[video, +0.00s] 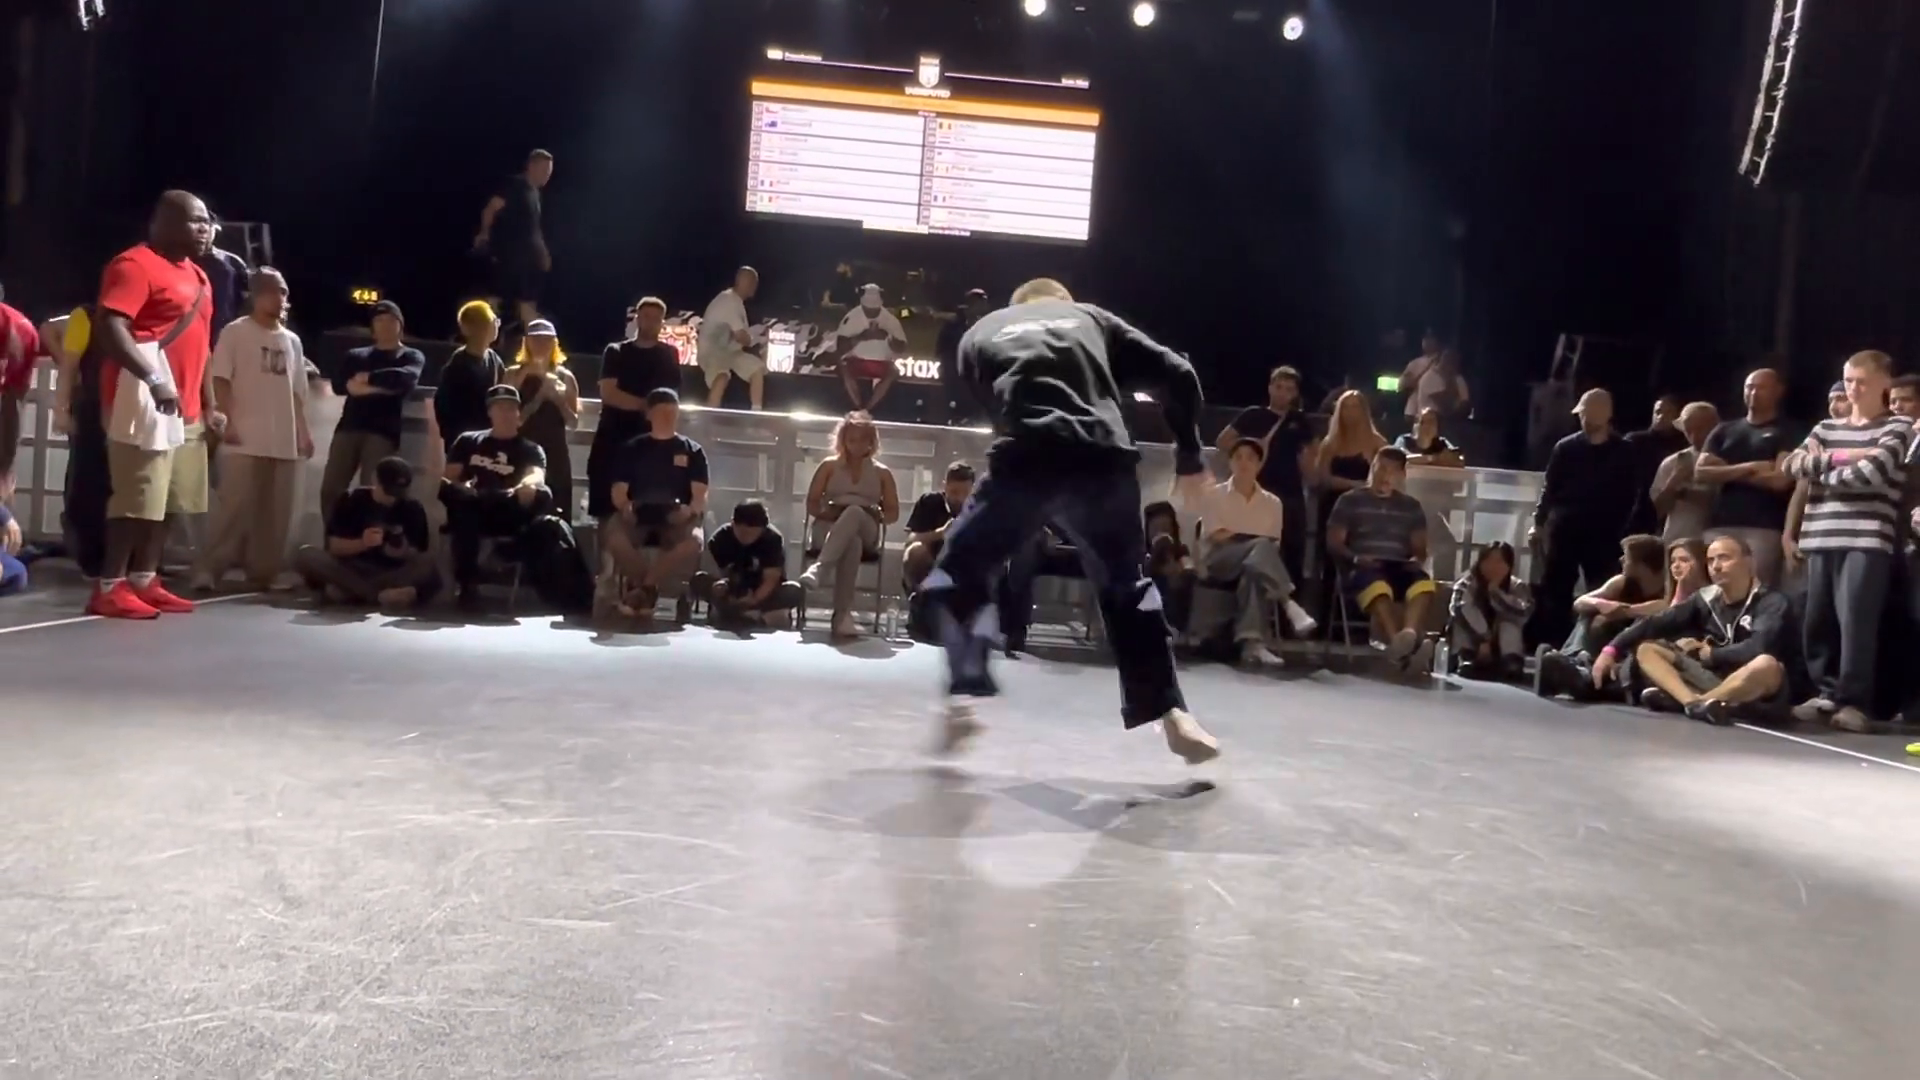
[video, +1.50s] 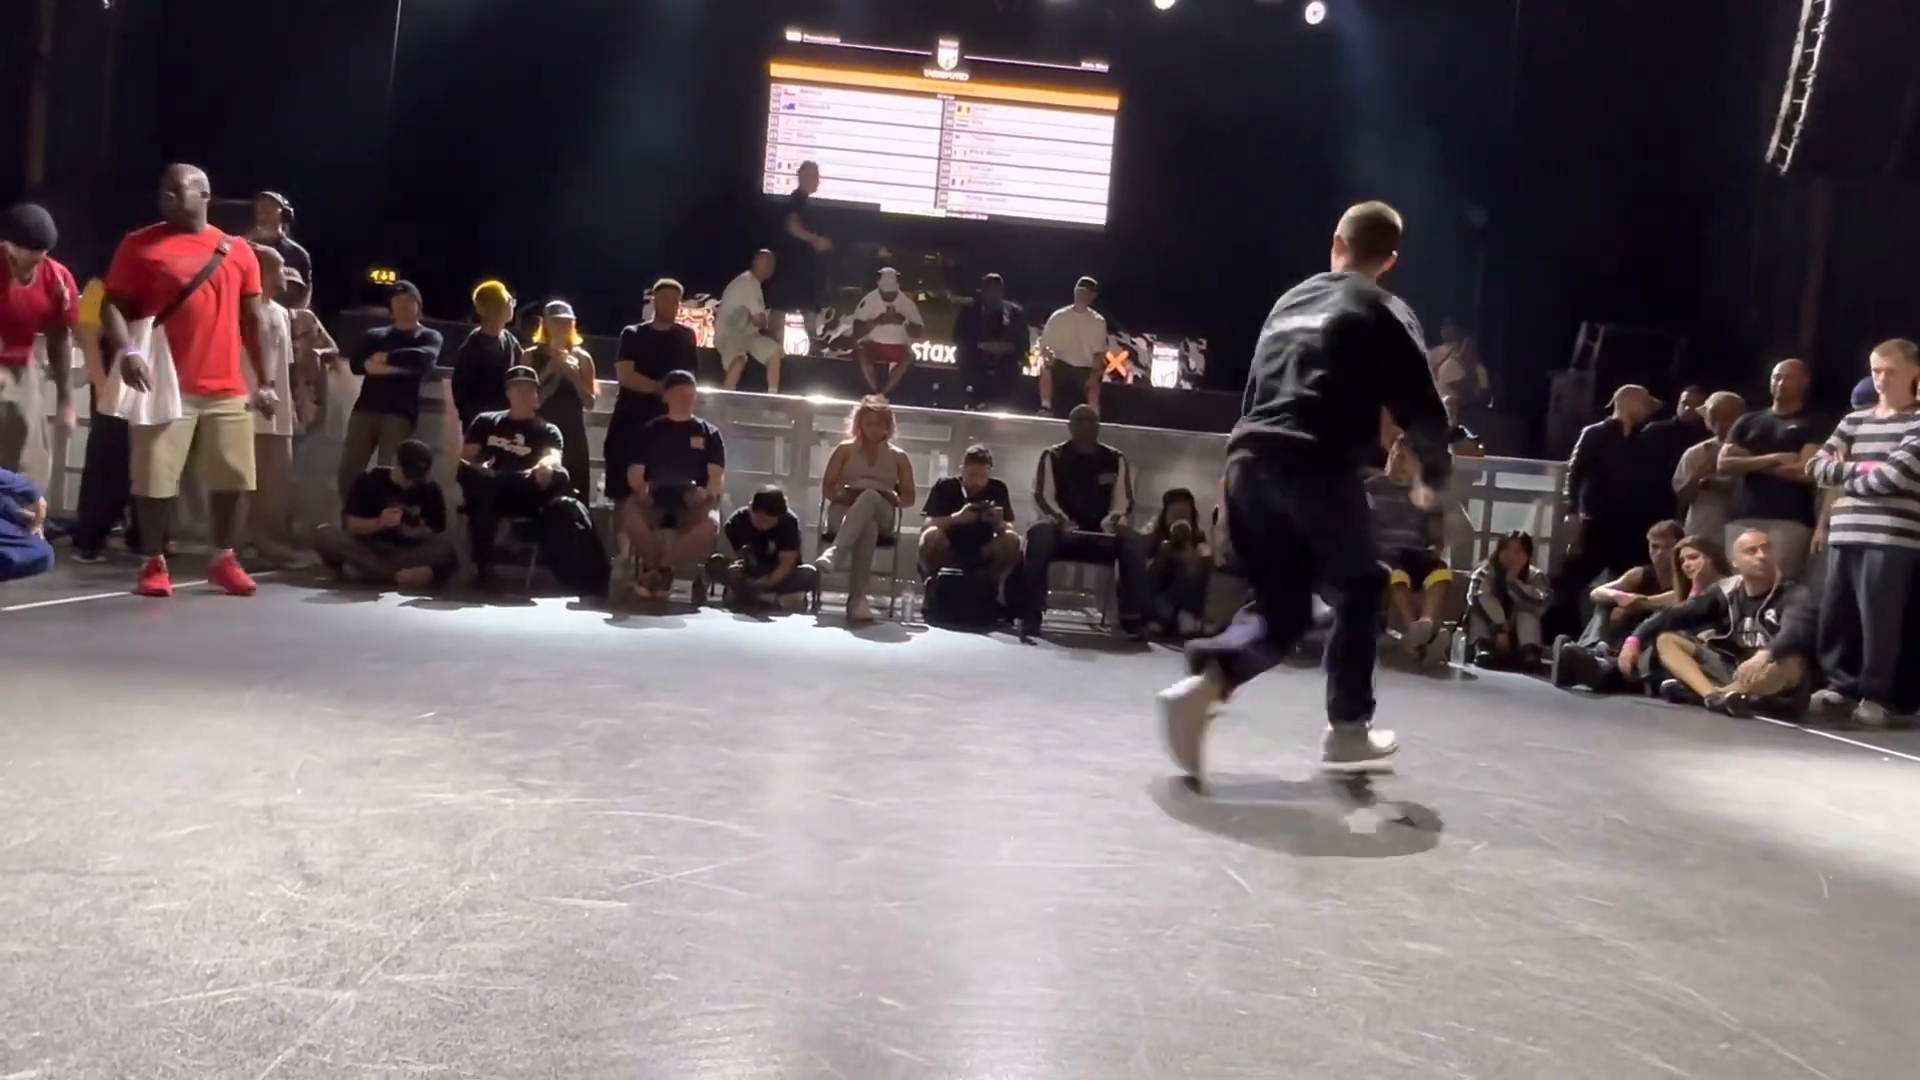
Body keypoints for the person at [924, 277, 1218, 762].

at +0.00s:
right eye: (1067, 301)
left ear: (1015, 305)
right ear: (1066, 303)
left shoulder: (978, 334)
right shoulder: (1093, 316)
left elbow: (968, 405)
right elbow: (1179, 370)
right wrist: (1189, 455)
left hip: (1023, 461)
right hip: (1104, 462)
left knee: (954, 579)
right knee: (1129, 585)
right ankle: (1173, 713)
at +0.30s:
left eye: (1056, 291)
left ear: (1058, 289)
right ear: (1110, 288)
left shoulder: (1033, 314)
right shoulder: (1139, 310)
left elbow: (1033, 367)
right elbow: (1229, 332)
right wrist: (1219, 411)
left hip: (1035, 468)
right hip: (1113, 476)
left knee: (971, 580)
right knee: (1123, 601)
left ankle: (870, 684)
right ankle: (1157, 732)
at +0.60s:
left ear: (1175, 321)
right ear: (1223, 328)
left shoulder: (1142, 345)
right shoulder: (1247, 355)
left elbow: (1096, 447)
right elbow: (1264, 459)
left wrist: (1079, 547)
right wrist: (1254, 555)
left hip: (1137, 454)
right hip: (1211, 465)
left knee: (1166, 514)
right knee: (1214, 599)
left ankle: (1152, 582)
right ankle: (1183, 730)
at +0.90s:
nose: (1243, 316)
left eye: (1246, 309)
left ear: (1247, 312)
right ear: (1303, 315)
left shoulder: (1218, 342)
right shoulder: (1325, 347)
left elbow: (1184, 418)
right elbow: (1360, 441)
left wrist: (1202, 498)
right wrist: (1335, 513)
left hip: (1229, 483)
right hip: (1297, 485)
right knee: (1264, 606)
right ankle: (1192, 715)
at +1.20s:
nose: (1302, 313)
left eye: (1304, 305)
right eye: (1305, 305)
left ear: (1312, 307)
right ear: (1363, 314)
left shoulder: (1273, 362)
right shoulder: (1386, 360)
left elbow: (1221, 454)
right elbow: (1453, 447)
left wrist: (1215, 520)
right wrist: (1459, 533)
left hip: (1299, 513)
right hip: (1368, 513)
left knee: (1342, 623)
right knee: (1390, 609)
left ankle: (1386, 734)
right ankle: (1325, 699)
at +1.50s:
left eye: (1334, 244)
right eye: (1393, 258)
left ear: (1334, 246)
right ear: (1391, 261)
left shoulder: (1287, 302)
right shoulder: (1384, 313)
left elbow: (1267, 391)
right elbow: (1424, 412)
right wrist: (1435, 475)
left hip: (1248, 465)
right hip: (1320, 474)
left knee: (1281, 608)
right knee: (1361, 588)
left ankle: (1205, 687)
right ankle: (1348, 730)